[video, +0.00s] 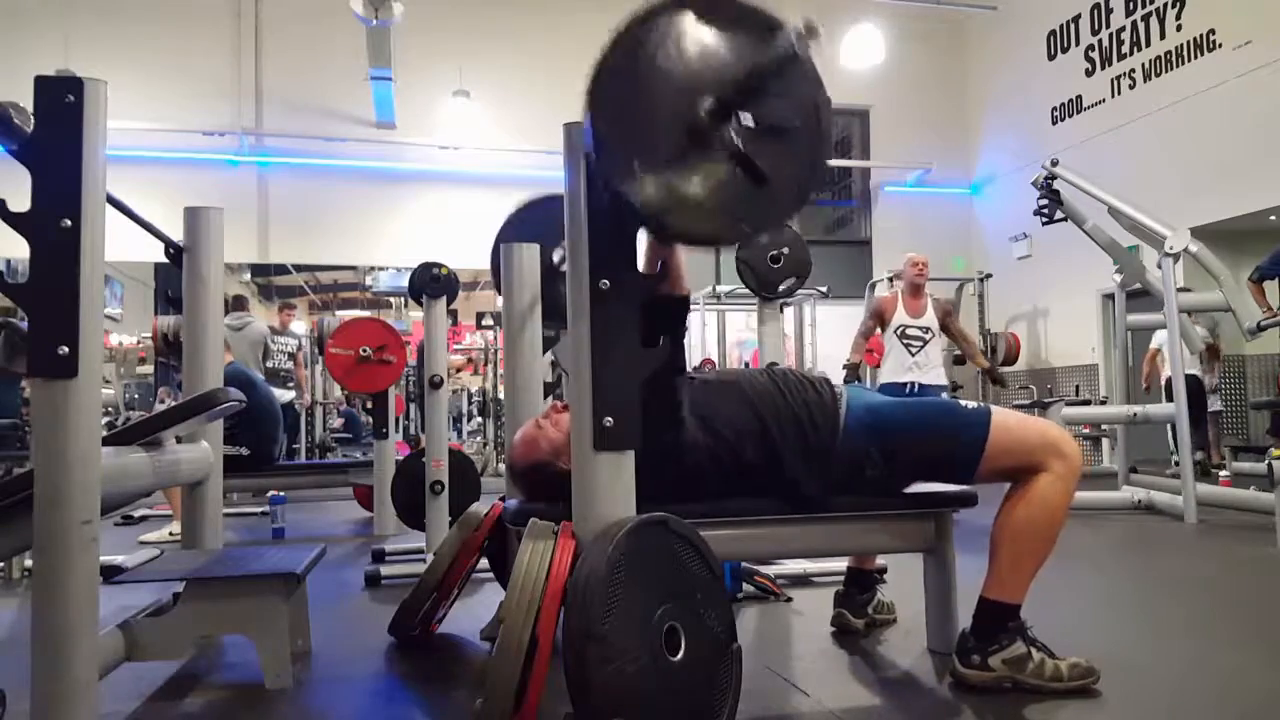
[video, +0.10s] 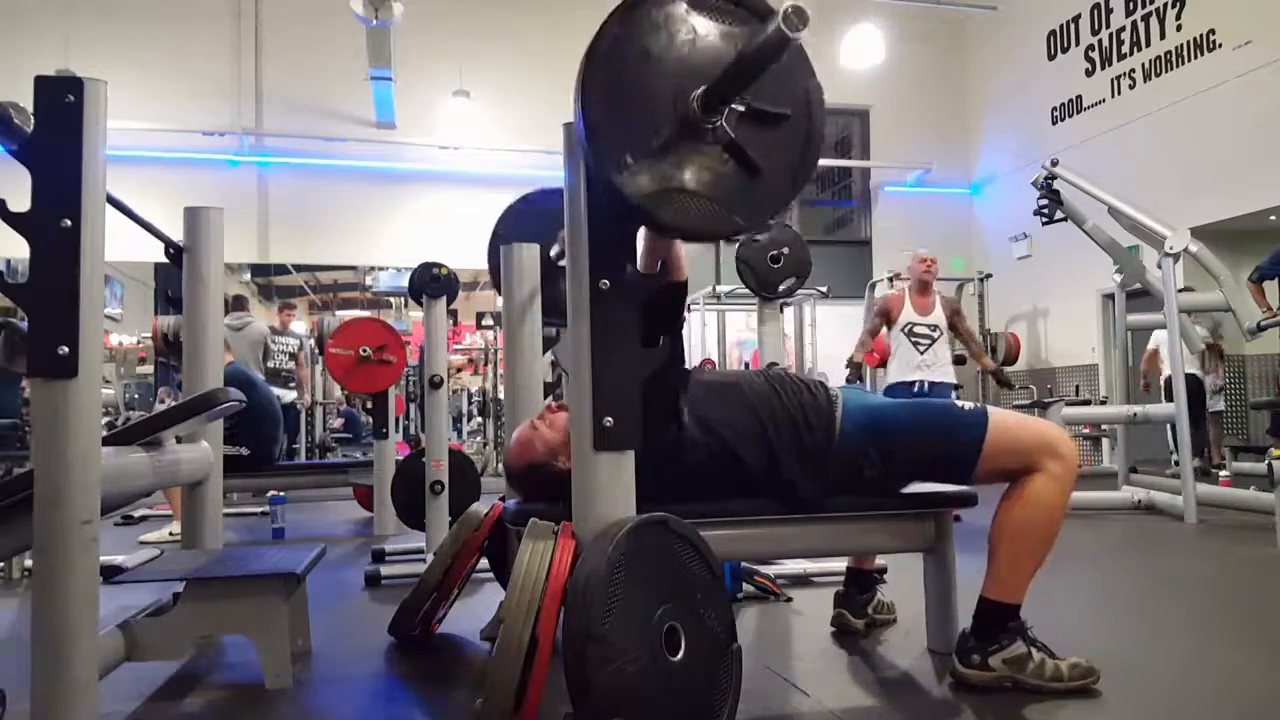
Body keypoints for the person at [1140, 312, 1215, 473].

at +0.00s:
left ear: (1166, 315)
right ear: (1189, 316)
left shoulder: (1161, 333)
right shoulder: (1198, 330)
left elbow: (1150, 357)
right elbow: (1212, 350)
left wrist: (1145, 381)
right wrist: (1211, 368)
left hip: (1171, 378)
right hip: (1194, 377)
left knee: (1174, 420)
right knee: (1199, 419)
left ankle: (1177, 460)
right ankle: (1200, 455)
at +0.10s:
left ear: (1165, 316)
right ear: (1187, 316)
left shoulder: (1159, 333)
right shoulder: (1197, 330)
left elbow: (1146, 360)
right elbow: (1212, 348)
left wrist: (1144, 379)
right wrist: (1211, 369)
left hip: (1170, 377)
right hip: (1194, 376)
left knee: (1173, 420)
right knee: (1197, 419)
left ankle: (1177, 460)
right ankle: (1198, 457)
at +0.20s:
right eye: (1188, 314)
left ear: (1167, 316)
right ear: (1188, 316)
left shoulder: (1159, 333)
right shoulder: (1198, 331)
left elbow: (1144, 362)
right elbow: (1216, 351)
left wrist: (1144, 380)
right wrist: (1223, 368)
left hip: (1170, 378)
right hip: (1194, 377)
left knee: (1172, 421)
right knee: (1195, 421)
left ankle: (1176, 459)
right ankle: (1194, 460)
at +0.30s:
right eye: (1191, 315)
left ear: (1166, 317)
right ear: (1189, 316)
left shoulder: (1160, 334)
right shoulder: (1197, 331)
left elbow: (1146, 362)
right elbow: (1216, 352)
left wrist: (1146, 377)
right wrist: (1221, 374)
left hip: (1170, 379)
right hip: (1194, 378)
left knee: (1171, 420)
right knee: (1194, 422)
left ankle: (1175, 460)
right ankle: (1195, 462)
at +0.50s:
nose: (1197, 316)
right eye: (1195, 314)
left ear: (1171, 317)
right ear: (1192, 316)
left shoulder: (1162, 333)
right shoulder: (1199, 332)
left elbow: (1151, 357)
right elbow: (1214, 353)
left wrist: (1159, 371)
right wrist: (1223, 373)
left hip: (1169, 378)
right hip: (1192, 378)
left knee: (1168, 418)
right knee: (1193, 421)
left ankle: (1167, 454)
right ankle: (1194, 461)